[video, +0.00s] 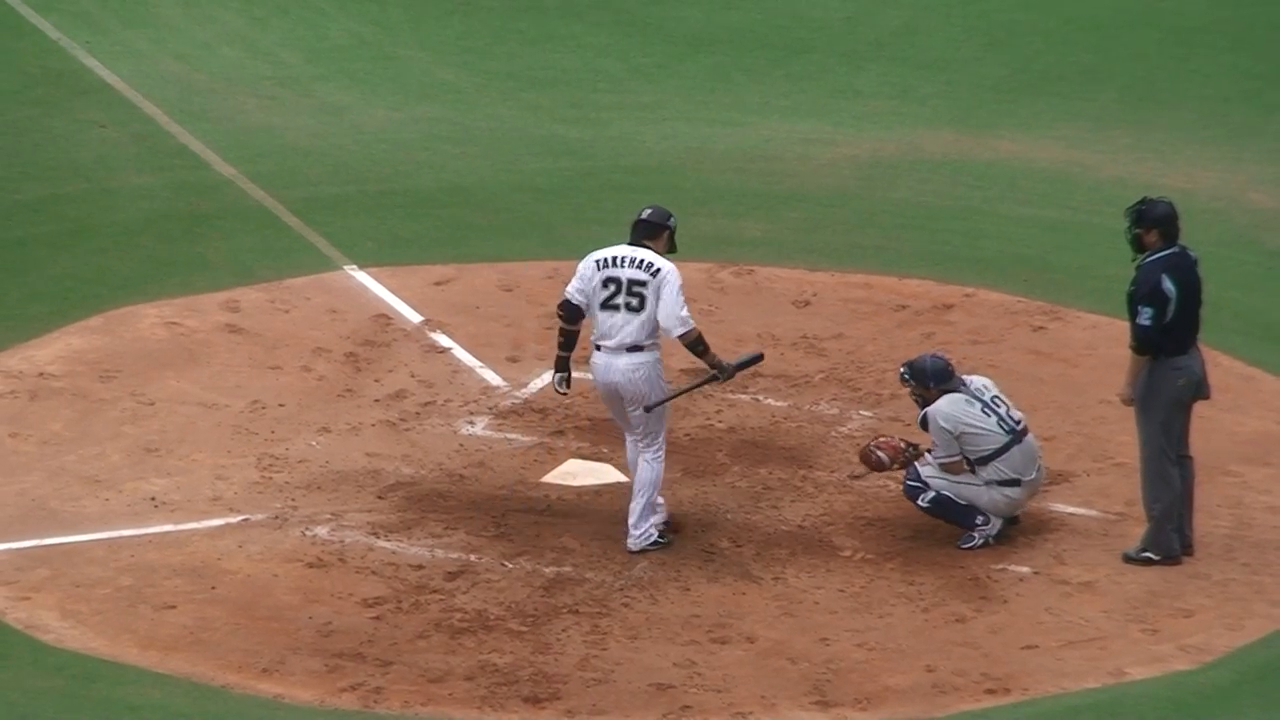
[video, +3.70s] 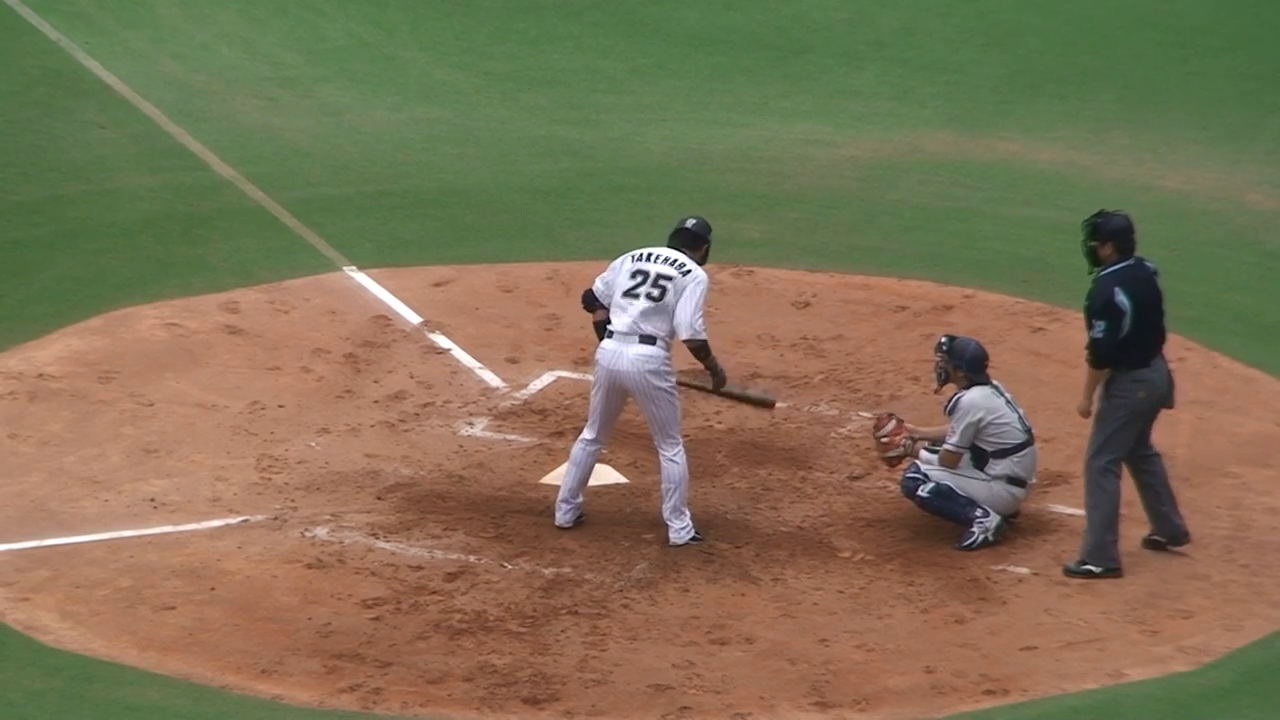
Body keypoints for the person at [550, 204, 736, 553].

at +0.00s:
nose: (669, 245)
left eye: (670, 239)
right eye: (668, 238)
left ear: (635, 233)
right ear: (660, 237)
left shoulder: (596, 260)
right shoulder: (664, 270)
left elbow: (570, 311)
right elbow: (680, 327)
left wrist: (562, 363)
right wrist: (715, 362)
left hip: (601, 366)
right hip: (641, 367)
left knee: (634, 435)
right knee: (651, 448)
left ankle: (652, 510)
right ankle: (640, 532)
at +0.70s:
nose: (659, 244)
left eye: (657, 240)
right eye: (658, 239)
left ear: (622, 242)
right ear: (653, 239)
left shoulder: (601, 274)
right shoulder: (670, 259)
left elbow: (589, 335)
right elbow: (693, 318)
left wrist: (608, 366)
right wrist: (711, 362)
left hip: (635, 364)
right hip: (678, 356)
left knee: (640, 442)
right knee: (687, 432)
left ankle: (648, 521)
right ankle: (675, 504)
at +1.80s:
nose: (707, 250)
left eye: (706, 246)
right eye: (707, 245)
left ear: (673, 238)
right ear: (702, 244)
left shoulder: (636, 262)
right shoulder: (708, 271)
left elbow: (608, 313)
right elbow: (719, 334)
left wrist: (616, 363)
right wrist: (724, 379)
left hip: (647, 361)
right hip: (691, 361)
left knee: (648, 441)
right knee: (689, 445)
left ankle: (649, 523)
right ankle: (684, 528)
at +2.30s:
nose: (735, 259)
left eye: (735, 253)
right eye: (735, 253)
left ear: (702, 240)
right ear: (728, 251)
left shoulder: (655, 254)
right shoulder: (723, 279)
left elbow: (617, 292)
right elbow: (718, 347)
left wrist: (632, 334)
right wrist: (725, 378)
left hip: (637, 352)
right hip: (679, 361)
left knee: (632, 431)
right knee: (684, 444)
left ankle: (612, 512)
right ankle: (683, 528)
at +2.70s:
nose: (709, 262)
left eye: (710, 254)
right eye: (710, 254)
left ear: (677, 241)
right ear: (699, 250)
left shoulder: (633, 258)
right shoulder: (688, 274)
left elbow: (603, 312)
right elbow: (685, 328)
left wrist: (648, 325)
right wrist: (717, 325)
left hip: (607, 351)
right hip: (646, 359)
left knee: (591, 437)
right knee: (667, 445)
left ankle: (565, 512)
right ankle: (679, 528)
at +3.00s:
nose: (685, 250)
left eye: (685, 245)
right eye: (685, 245)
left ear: (652, 237)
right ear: (678, 243)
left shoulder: (610, 259)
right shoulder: (678, 268)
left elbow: (581, 310)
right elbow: (679, 320)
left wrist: (598, 328)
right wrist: (705, 318)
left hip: (605, 353)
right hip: (646, 356)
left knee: (589, 437)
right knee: (665, 444)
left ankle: (564, 514)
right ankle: (678, 527)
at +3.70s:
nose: (706, 255)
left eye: (706, 249)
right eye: (706, 249)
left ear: (672, 239)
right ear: (700, 248)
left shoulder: (632, 257)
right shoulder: (694, 274)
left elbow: (591, 299)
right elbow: (690, 334)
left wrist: (611, 340)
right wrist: (714, 367)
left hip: (609, 351)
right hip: (649, 357)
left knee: (592, 435)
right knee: (670, 445)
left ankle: (565, 510)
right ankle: (679, 527)